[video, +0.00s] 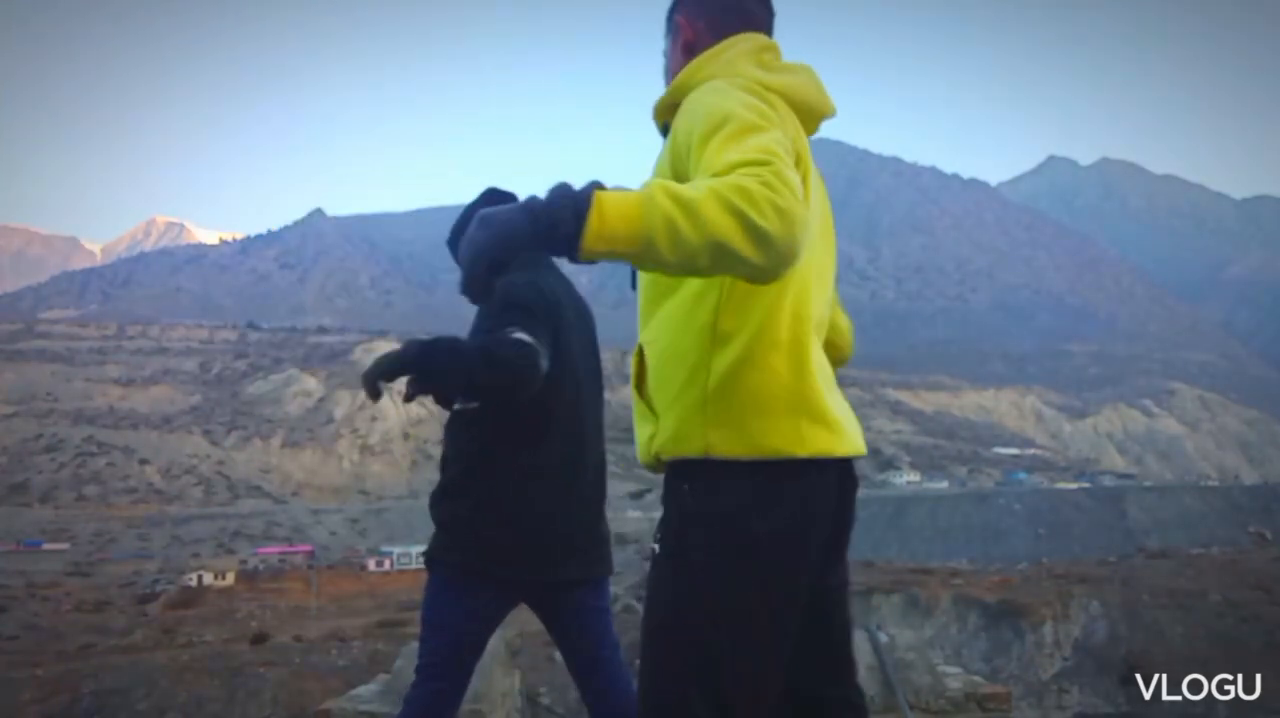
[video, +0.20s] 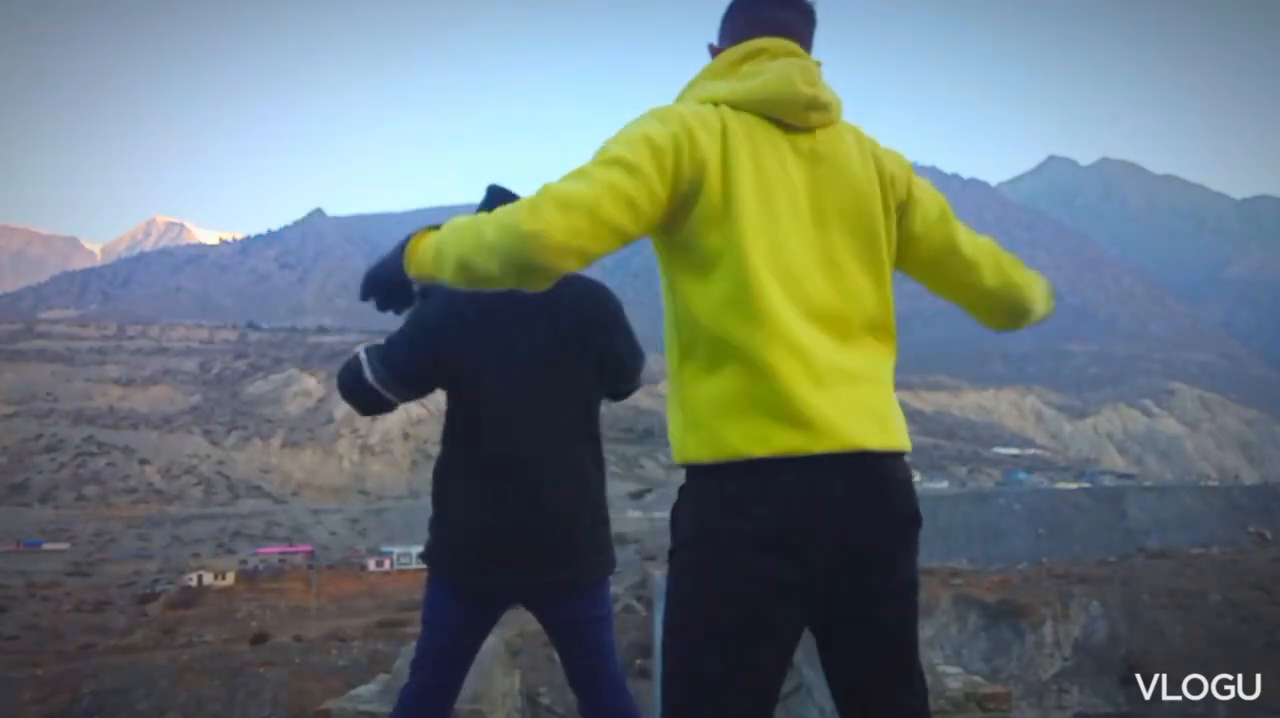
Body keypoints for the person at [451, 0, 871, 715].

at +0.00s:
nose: (665, 56)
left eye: (667, 38)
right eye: (667, 40)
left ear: (686, 34)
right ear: (756, 37)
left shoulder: (725, 100)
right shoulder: (781, 130)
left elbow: (762, 222)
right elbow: (830, 332)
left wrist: (556, 220)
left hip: (741, 469)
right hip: (804, 465)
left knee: (692, 695)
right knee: (814, 693)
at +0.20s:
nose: (712, 59)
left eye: (714, 49)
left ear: (723, 49)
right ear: (809, 56)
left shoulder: (687, 132)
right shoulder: (867, 160)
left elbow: (549, 237)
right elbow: (996, 289)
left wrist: (421, 253)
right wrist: (1029, 292)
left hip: (739, 494)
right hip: (872, 489)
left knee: (711, 701)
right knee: (890, 696)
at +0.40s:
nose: (837, 62)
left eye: (829, 52)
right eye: (837, 53)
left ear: (743, 49)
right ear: (827, 51)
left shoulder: (657, 175)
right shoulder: (850, 131)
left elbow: (597, 314)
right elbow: (1017, 210)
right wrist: (1217, 149)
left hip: (717, 491)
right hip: (858, 482)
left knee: (715, 707)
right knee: (887, 704)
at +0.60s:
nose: (823, 60)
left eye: (823, 45)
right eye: (824, 45)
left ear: (737, 41)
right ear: (811, 45)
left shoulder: (692, 149)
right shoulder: (770, 104)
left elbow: (796, 323)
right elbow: (740, 208)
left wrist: (926, 297)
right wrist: (887, 95)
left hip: (697, 467)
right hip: (814, 461)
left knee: (696, 699)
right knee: (857, 700)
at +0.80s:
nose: (795, 45)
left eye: (791, 33)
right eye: (794, 33)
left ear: (702, 37)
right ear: (787, 40)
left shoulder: (665, 150)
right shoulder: (761, 93)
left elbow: (738, 306)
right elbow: (731, 202)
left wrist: (870, 292)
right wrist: (870, 74)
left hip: (678, 475)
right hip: (802, 465)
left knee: (693, 703)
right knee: (847, 701)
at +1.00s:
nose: (785, 40)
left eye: (775, 35)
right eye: (782, 33)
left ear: (681, 40)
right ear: (769, 34)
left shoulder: (623, 166)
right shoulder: (809, 109)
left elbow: (564, 314)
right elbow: (990, 186)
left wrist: (646, 302)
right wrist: (1209, 149)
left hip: (679, 489)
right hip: (817, 480)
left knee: (692, 699)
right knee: (846, 697)